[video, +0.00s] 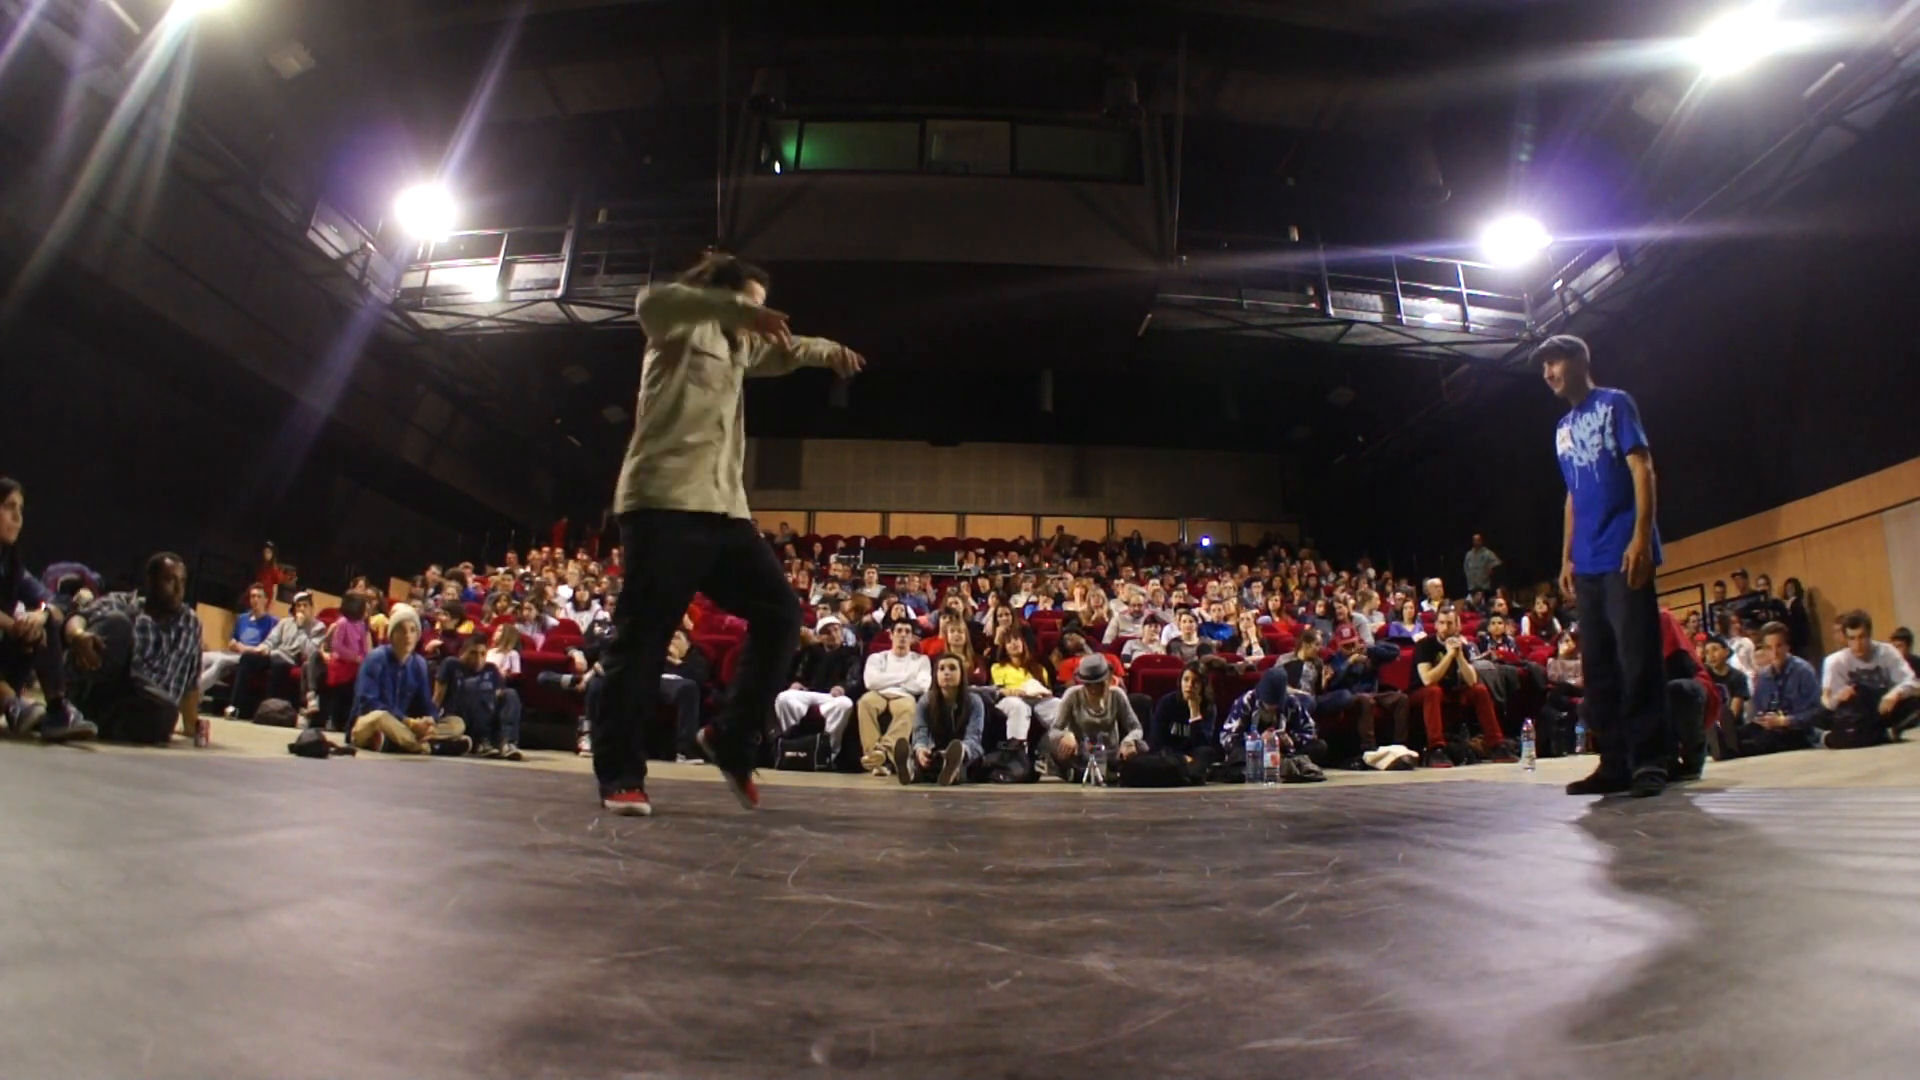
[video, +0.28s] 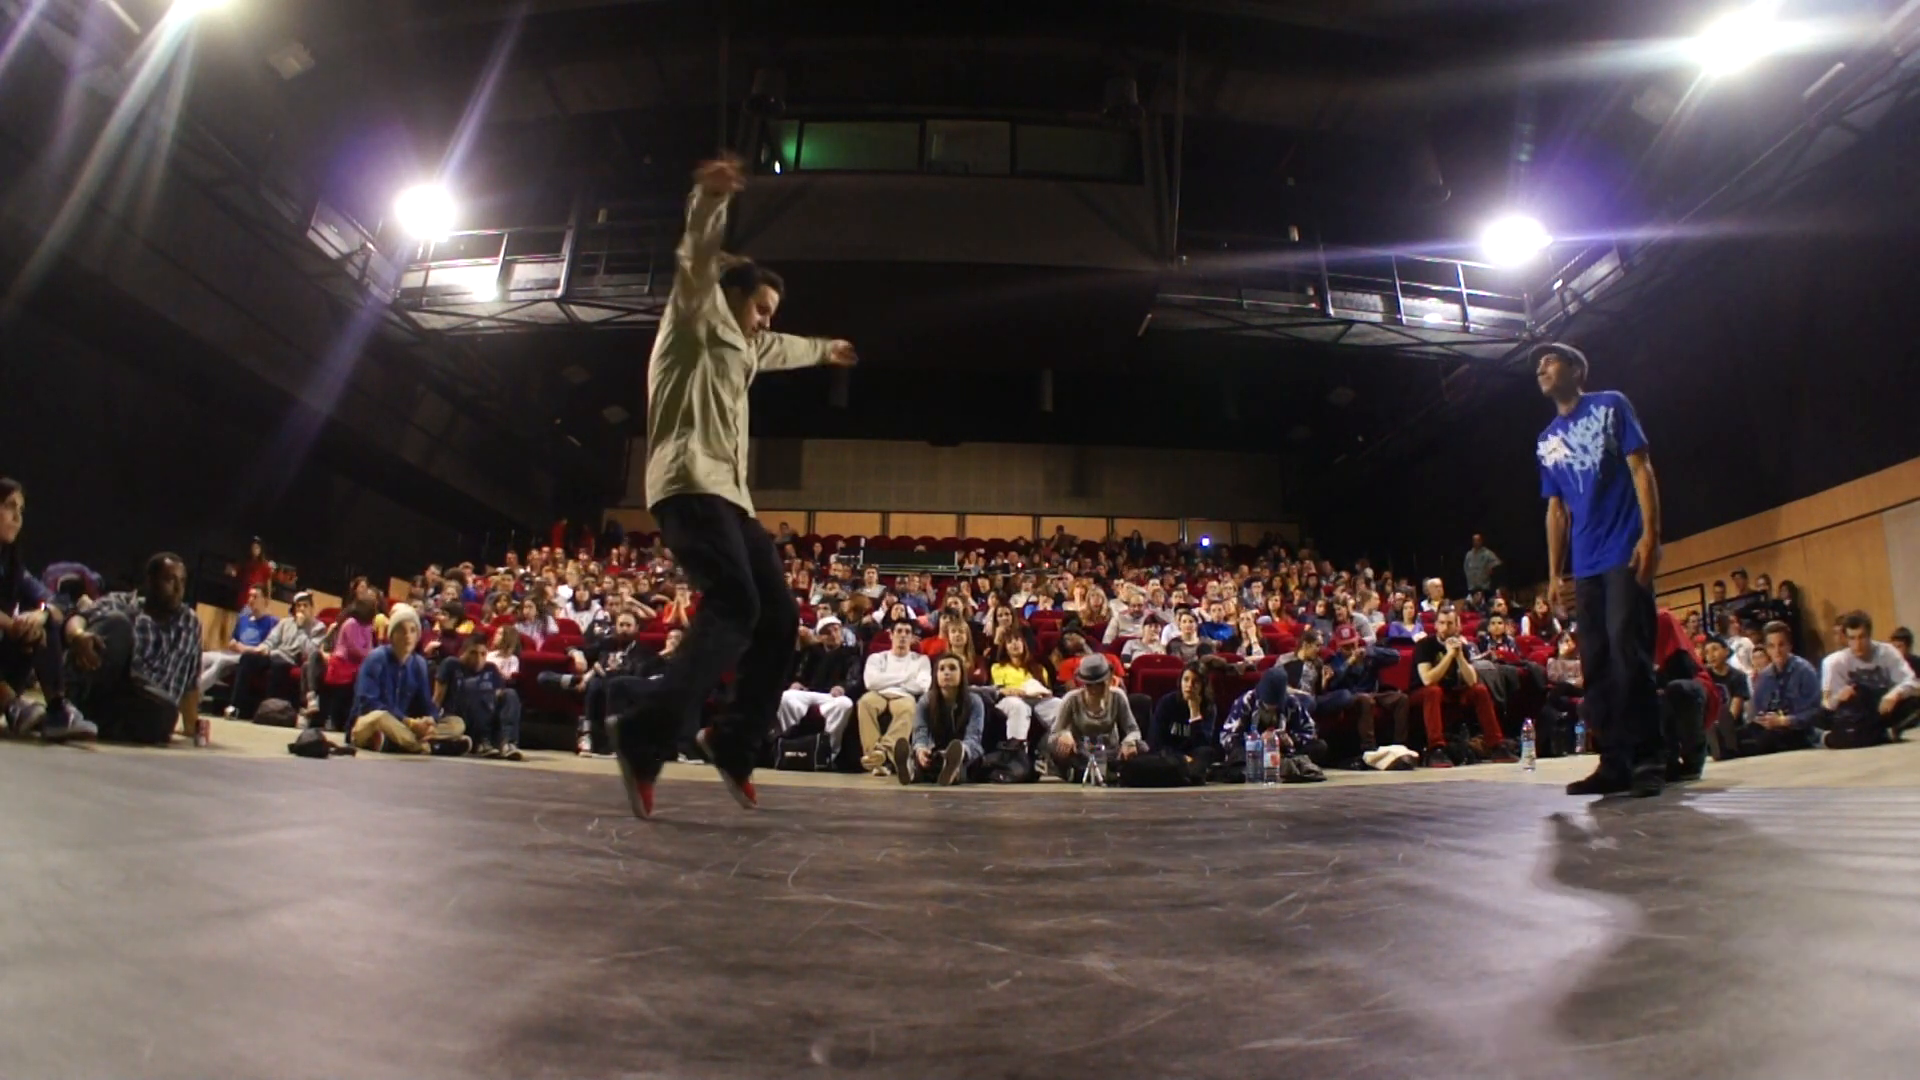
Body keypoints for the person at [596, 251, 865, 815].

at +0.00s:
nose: (759, 316)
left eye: (762, 309)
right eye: (753, 305)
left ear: (756, 310)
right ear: (723, 292)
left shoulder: (741, 346)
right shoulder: (675, 321)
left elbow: (787, 350)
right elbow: (653, 300)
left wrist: (833, 351)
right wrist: (739, 310)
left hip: (723, 510)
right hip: (663, 504)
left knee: (780, 616)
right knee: (640, 642)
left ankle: (734, 739)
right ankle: (619, 773)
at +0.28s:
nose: (767, 320)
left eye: (772, 313)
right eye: (763, 307)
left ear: (763, 313)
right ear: (736, 294)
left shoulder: (748, 347)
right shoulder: (699, 317)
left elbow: (784, 346)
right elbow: (698, 261)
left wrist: (827, 349)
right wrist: (710, 198)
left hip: (732, 498)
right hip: (688, 486)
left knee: (780, 617)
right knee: (734, 604)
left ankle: (737, 742)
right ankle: (648, 737)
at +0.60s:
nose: (776, 278)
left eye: (776, 271)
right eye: (766, 269)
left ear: (766, 283)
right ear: (736, 273)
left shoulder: (768, 338)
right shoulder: (712, 302)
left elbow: (803, 335)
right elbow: (711, 241)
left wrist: (847, 305)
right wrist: (761, 173)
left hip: (722, 497)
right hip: (673, 481)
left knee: (761, 623)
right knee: (715, 601)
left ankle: (757, 751)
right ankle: (646, 741)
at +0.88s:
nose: (779, 348)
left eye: (788, 341)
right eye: (776, 334)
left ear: (791, 336)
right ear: (755, 310)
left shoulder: (771, 361)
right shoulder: (710, 321)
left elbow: (808, 370)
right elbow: (692, 279)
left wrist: (860, 358)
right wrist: (765, 253)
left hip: (721, 501)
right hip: (671, 486)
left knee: (751, 625)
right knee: (712, 612)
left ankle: (768, 747)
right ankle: (641, 741)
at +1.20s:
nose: (792, 310)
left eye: (794, 303)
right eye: (783, 299)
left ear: (784, 313)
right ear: (749, 299)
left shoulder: (773, 370)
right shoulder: (713, 325)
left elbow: (798, 413)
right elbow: (656, 313)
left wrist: (823, 447)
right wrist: (587, 302)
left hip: (730, 513)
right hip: (676, 497)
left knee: (784, 627)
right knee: (692, 606)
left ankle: (735, 744)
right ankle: (600, 751)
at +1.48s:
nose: (792, 310)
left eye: (793, 303)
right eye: (784, 299)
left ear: (768, 307)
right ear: (749, 296)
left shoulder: (760, 370)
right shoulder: (707, 328)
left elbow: (789, 403)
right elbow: (643, 308)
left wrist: (842, 423)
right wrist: (704, 321)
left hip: (730, 519)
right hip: (687, 505)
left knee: (733, 653)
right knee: (658, 643)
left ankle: (691, 775)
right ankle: (595, 774)